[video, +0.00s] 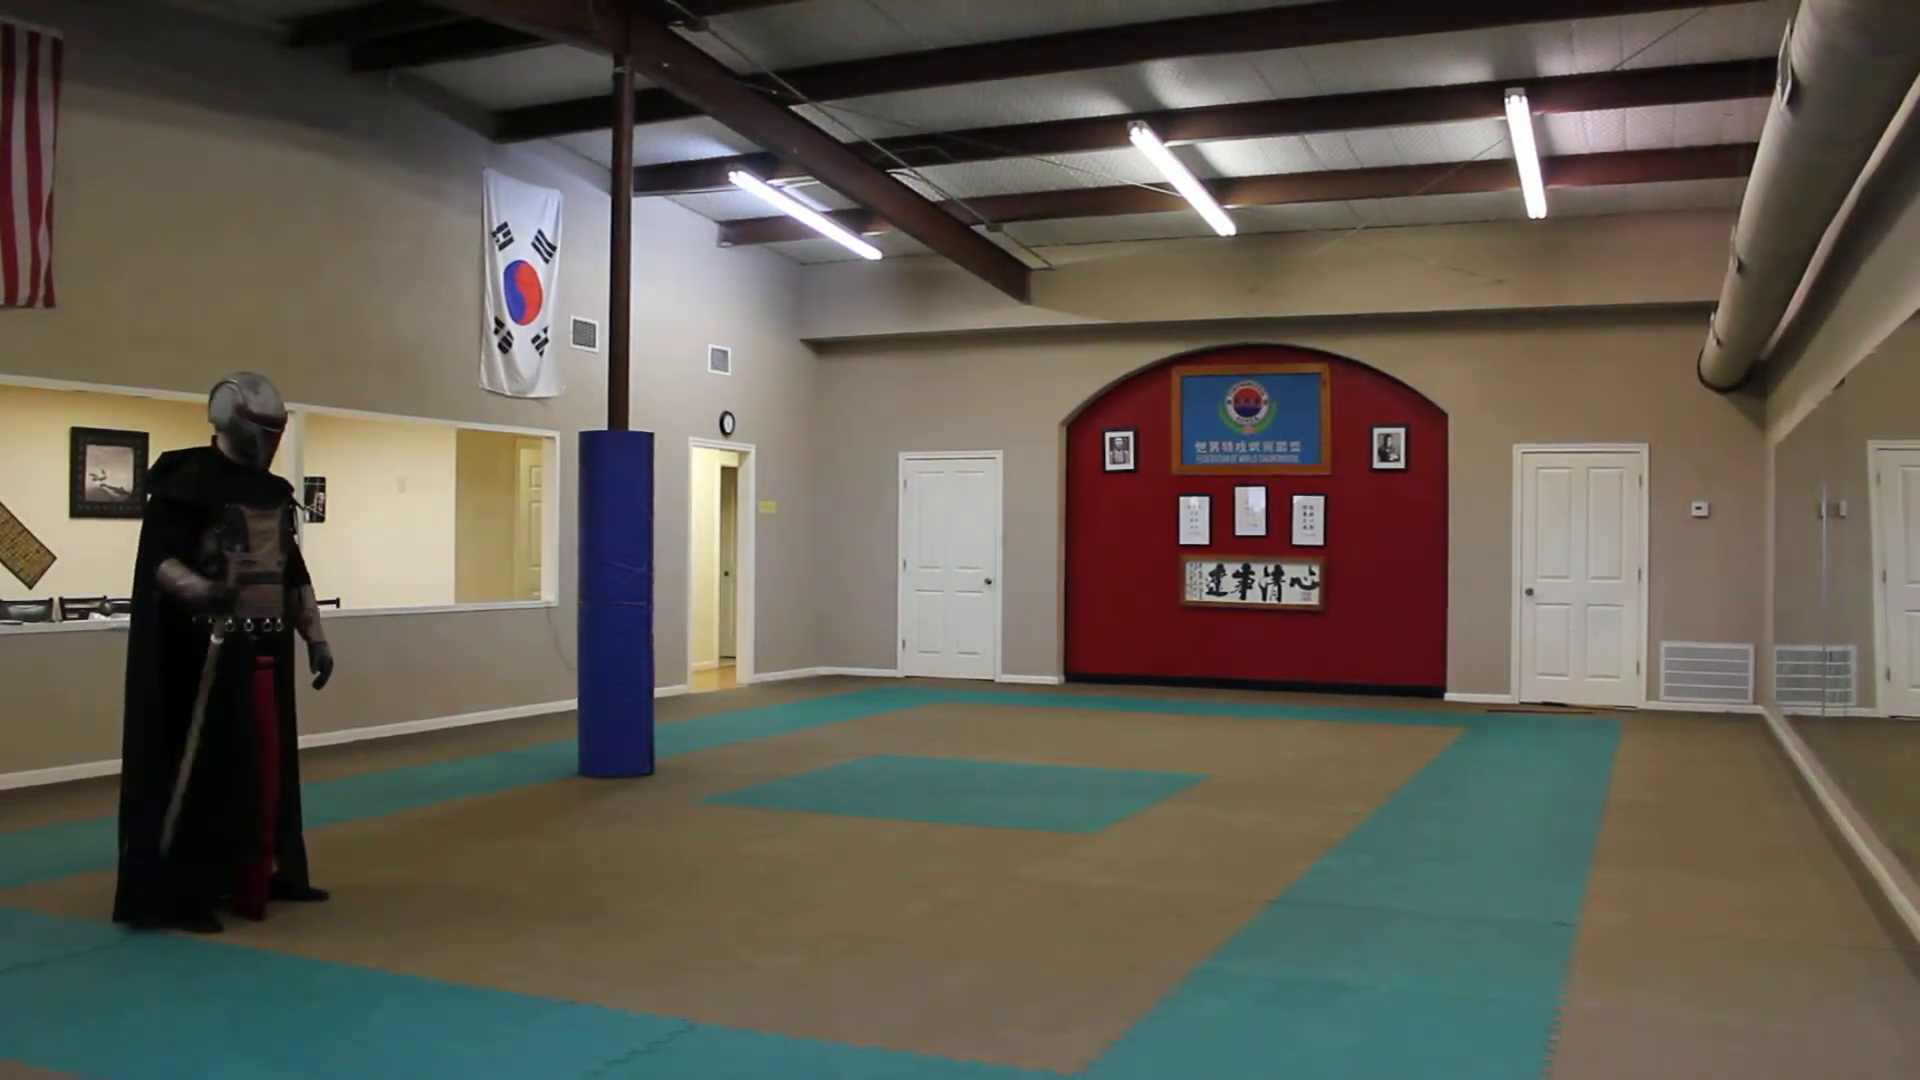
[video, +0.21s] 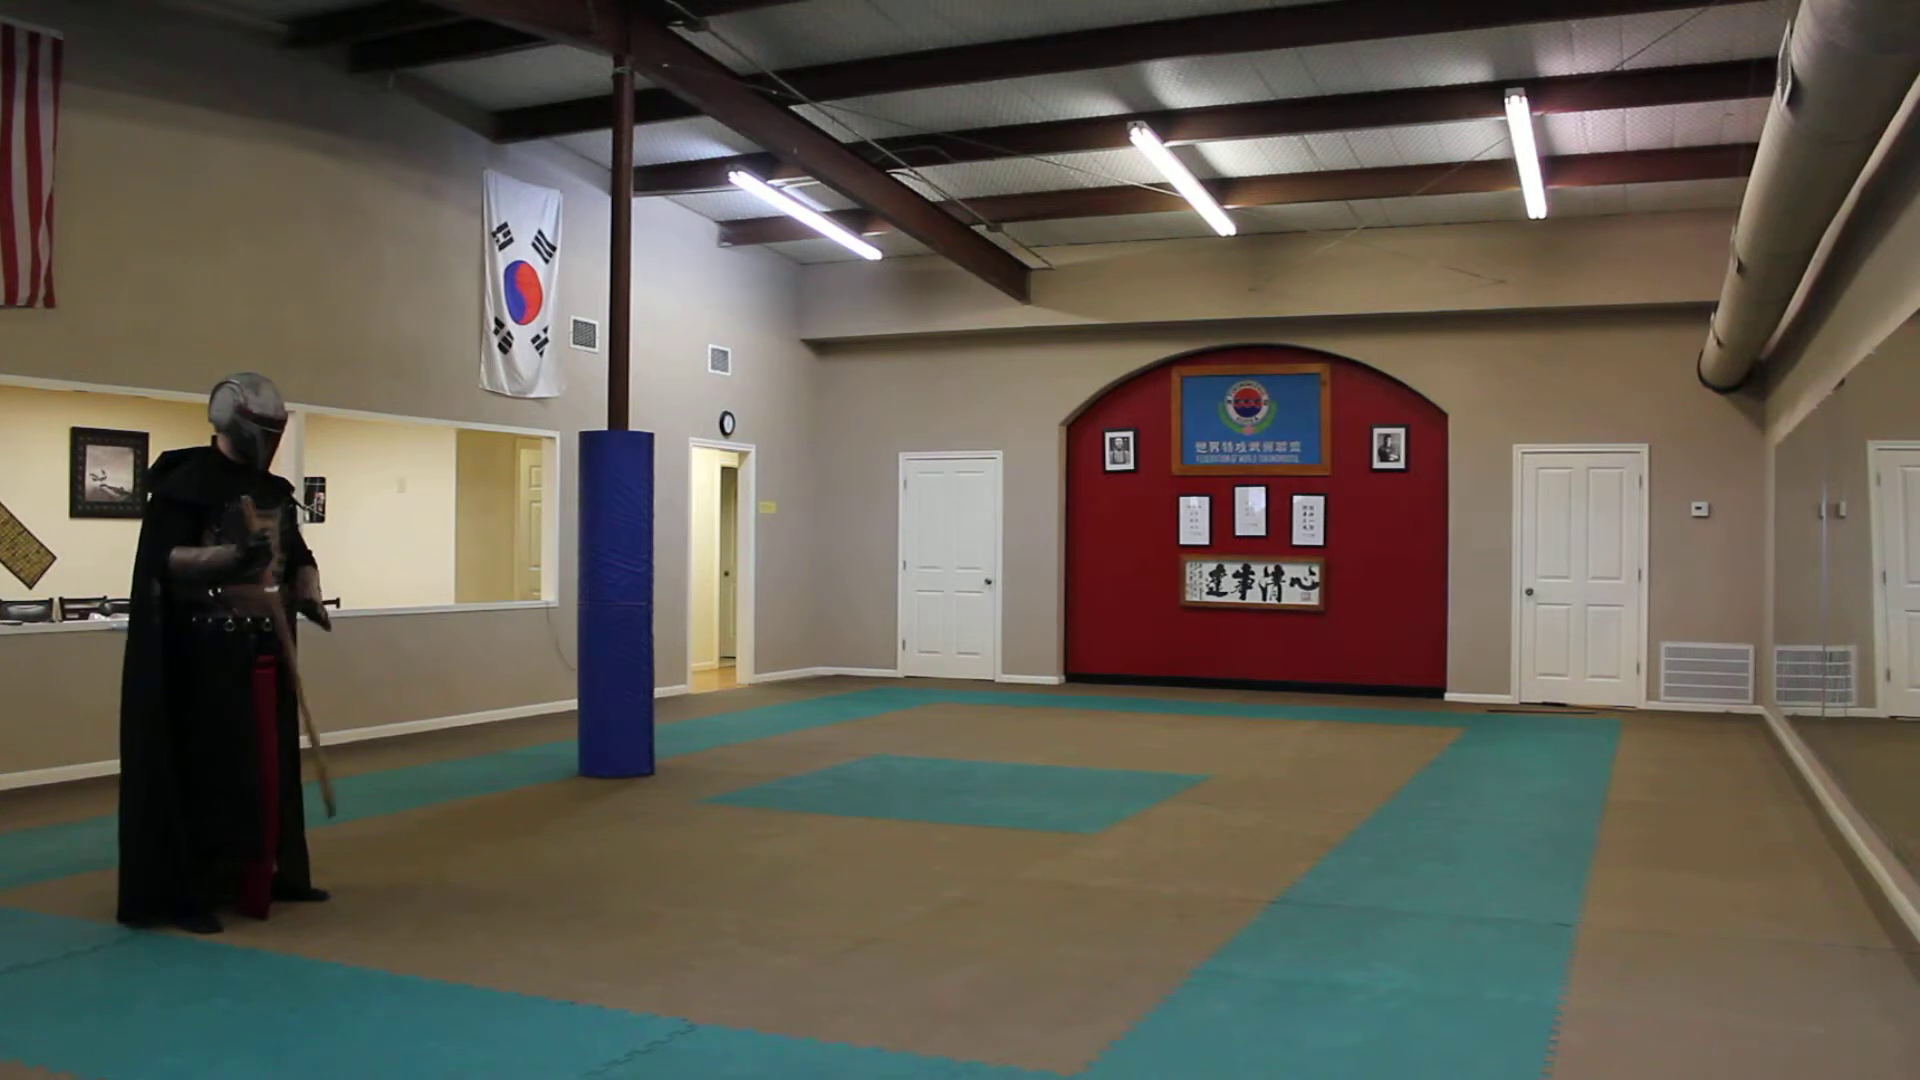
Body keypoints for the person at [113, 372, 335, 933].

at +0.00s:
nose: (275, 438)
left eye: (278, 428)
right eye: (266, 427)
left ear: (274, 427)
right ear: (230, 423)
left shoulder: (274, 492)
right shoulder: (184, 475)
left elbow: (292, 573)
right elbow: (157, 556)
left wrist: (315, 635)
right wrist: (201, 588)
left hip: (262, 651)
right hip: (196, 650)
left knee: (269, 764)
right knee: (195, 765)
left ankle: (270, 876)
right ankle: (182, 892)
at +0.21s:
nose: (276, 439)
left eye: (279, 429)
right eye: (269, 428)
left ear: (265, 428)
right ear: (234, 424)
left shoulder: (274, 494)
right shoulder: (185, 478)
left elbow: (297, 558)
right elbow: (164, 560)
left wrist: (307, 590)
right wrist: (238, 554)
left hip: (262, 644)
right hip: (194, 647)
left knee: (270, 763)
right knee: (193, 766)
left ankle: (275, 877)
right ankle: (183, 894)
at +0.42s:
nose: (277, 439)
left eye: (279, 429)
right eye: (269, 429)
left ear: (261, 428)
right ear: (235, 424)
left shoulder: (274, 491)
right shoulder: (191, 478)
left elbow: (286, 557)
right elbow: (176, 555)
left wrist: (306, 574)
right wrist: (253, 531)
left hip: (268, 645)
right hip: (204, 645)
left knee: (273, 761)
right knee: (199, 763)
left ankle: (277, 874)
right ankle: (189, 888)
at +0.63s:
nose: (276, 442)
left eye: (280, 431)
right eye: (268, 431)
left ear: (277, 431)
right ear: (234, 426)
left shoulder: (277, 490)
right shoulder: (193, 478)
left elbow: (294, 555)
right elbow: (182, 553)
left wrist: (312, 581)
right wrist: (242, 507)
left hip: (270, 644)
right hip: (208, 646)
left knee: (275, 761)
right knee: (201, 762)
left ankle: (277, 874)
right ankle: (190, 886)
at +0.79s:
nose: (278, 441)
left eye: (282, 431)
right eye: (269, 429)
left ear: (279, 430)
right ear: (236, 425)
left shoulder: (278, 490)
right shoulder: (197, 478)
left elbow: (288, 562)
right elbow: (183, 558)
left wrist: (310, 581)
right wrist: (254, 517)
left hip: (273, 644)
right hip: (211, 645)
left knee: (276, 761)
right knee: (204, 761)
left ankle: (277, 875)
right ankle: (190, 886)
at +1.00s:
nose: (285, 443)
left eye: (289, 433)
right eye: (277, 432)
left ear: (284, 433)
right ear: (242, 426)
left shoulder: (280, 491)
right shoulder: (204, 479)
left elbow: (285, 562)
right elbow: (195, 559)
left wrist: (316, 561)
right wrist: (260, 506)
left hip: (271, 644)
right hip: (211, 646)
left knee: (277, 760)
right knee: (203, 761)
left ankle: (275, 874)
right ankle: (188, 887)